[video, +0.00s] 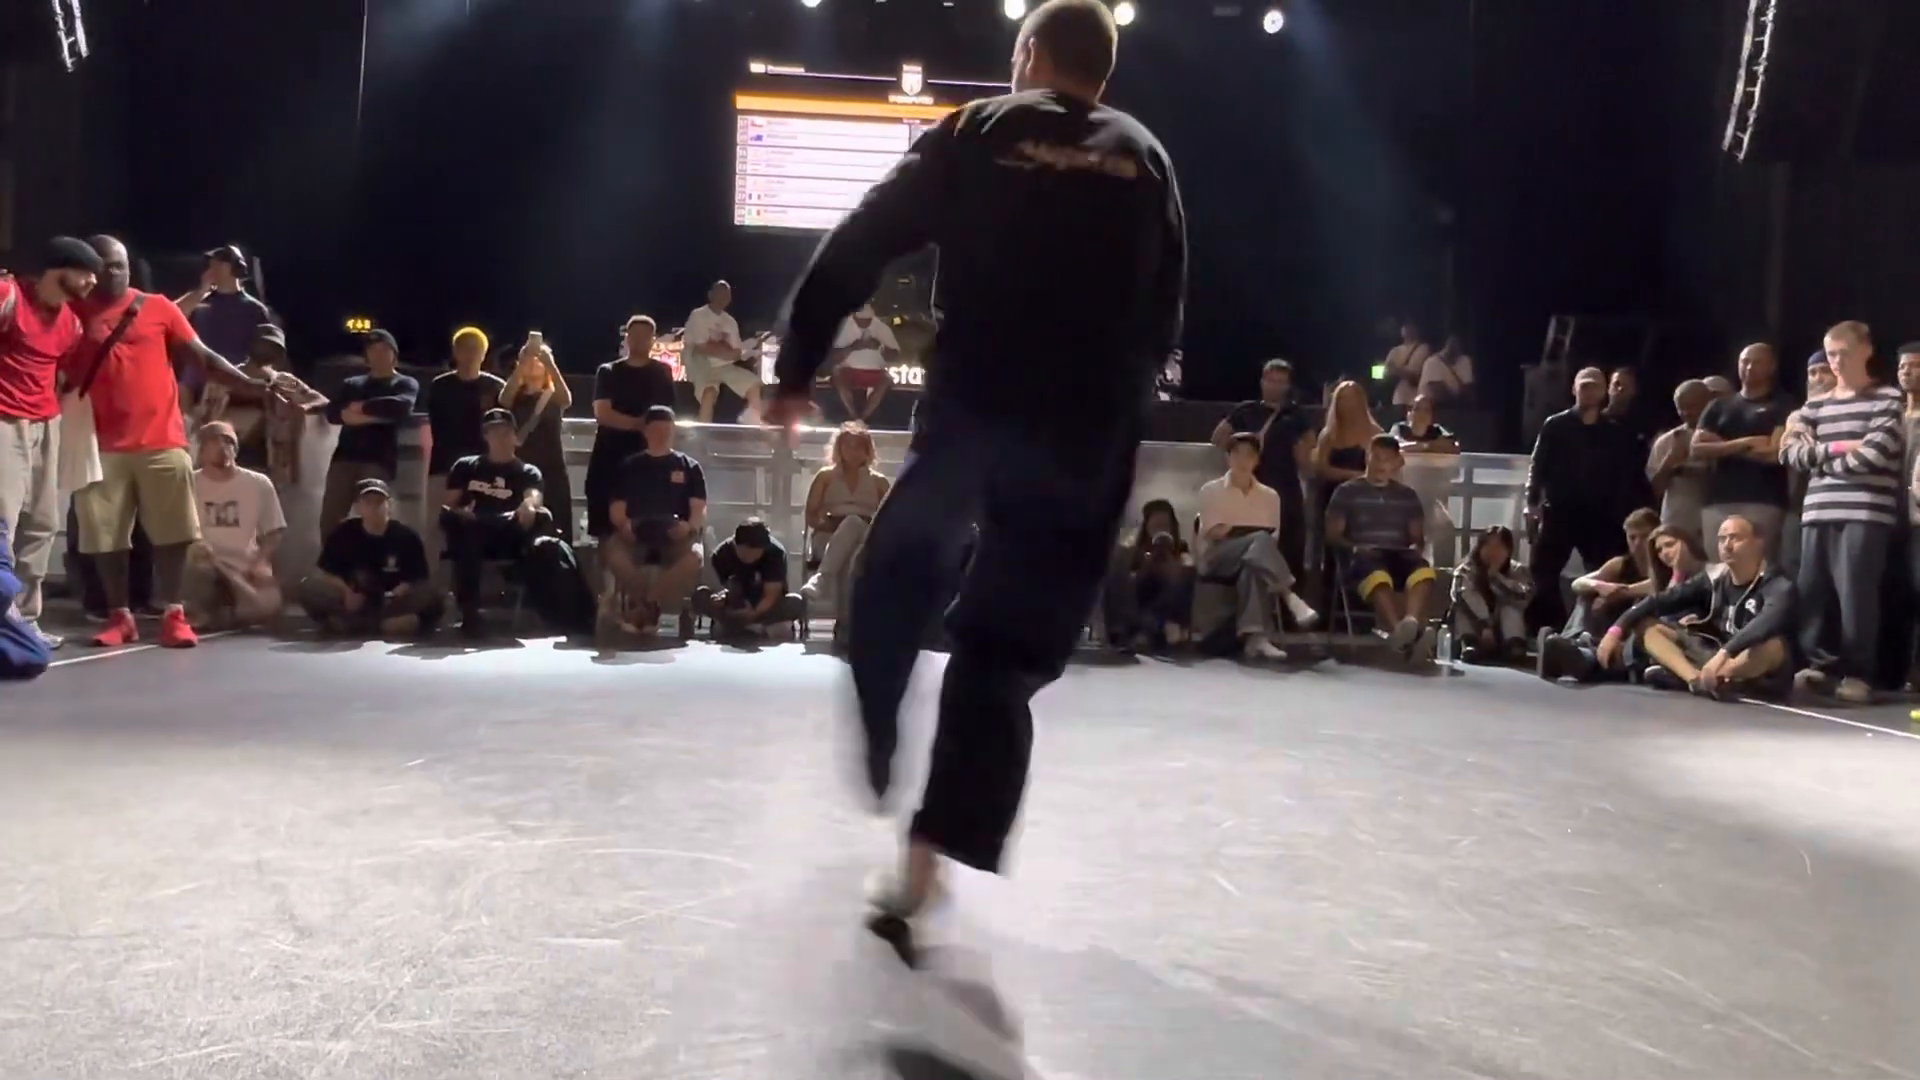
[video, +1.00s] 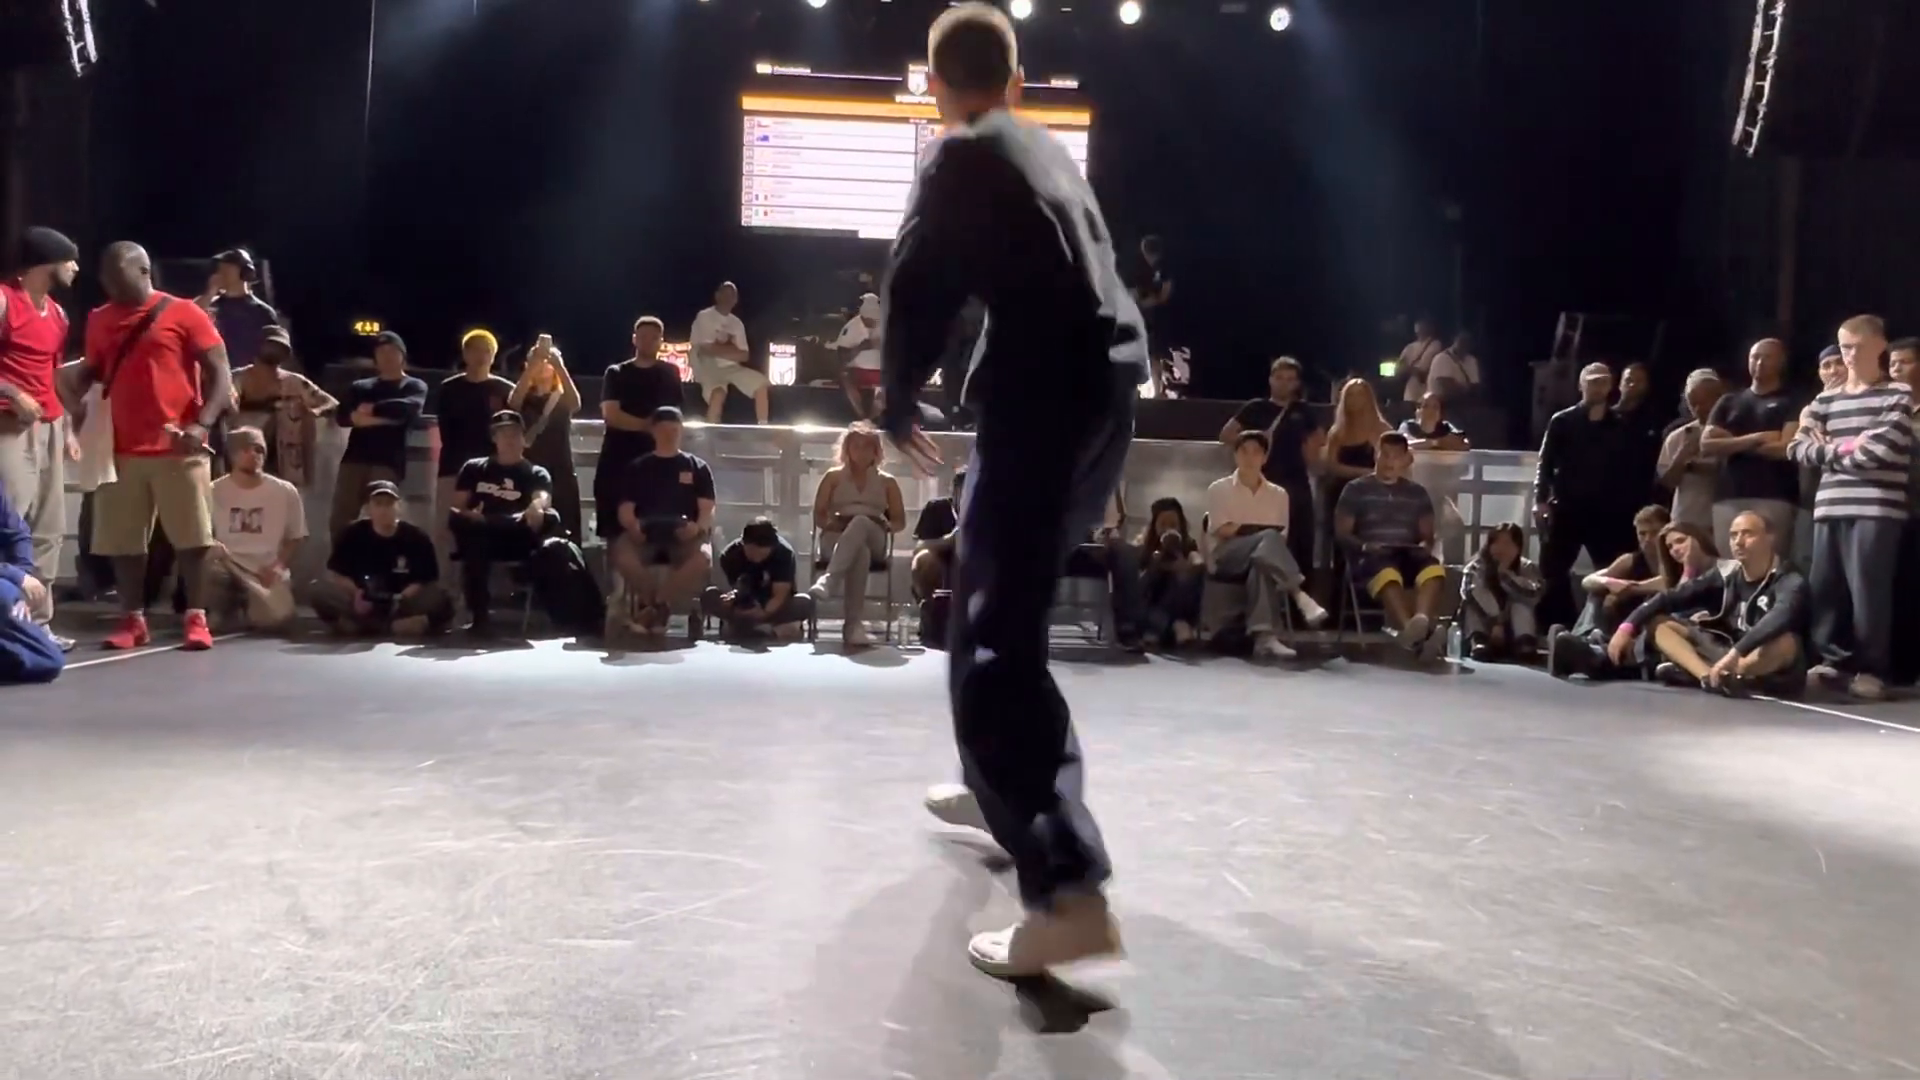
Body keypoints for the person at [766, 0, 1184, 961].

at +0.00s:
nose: (1012, 65)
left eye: (1017, 52)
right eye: (1026, 54)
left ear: (1029, 55)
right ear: (1106, 75)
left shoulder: (969, 135)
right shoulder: (1150, 163)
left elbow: (858, 245)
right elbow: (1162, 328)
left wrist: (795, 367)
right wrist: (1101, 391)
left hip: (970, 409)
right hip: (1082, 437)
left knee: (900, 579)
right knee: (1002, 655)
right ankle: (920, 868)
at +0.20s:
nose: (1007, 104)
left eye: (1011, 90)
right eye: (1017, 91)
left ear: (1023, 92)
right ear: (1100, 107)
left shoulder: (973, 189)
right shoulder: (1141, 204)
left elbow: (858, 272)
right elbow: (1213, 334)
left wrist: (784, 355)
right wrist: (1154, 375)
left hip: (969, 447)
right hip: (1062, 458)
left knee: (1063, 656)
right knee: (955, 665)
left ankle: (1102, 865)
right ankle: (818, 839)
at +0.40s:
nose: (1176, 65)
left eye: (1179, 47)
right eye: (1164, 43)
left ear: (1124, 49)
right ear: (1102, 40)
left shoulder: (1107, 172)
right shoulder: (1049, 109)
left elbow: (1096, 304)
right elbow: (990, 146)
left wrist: (1104, 353)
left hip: (1030, 394)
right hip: (957, 386)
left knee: (1057, 629)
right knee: (909, 615)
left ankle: (1094, 873)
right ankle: (841, 813)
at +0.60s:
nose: (994, 27)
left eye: (1001, 11)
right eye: (1001, 12)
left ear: (1024, 20)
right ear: (1082, 29)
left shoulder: (1058, 130)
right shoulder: (1065, 123)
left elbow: (1031, 286)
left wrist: (931, 327)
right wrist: (951, 317)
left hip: (1014, 445)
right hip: (1032, 438)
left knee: (978, 657)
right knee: (1026, 640)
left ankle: (1039, 896)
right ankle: (1094, 828)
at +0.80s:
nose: (961, 34)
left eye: (959, 22)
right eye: (1027, 20)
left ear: (954, 27)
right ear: (1045, 24)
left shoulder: (979, 127)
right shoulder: (1075, 120)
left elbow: (921, 308)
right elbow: (1118, 276)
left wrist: (962, 340)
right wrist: (1024, 325)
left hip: (1007, 420)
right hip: (1072, 412)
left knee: (977, 641)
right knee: (1061, 621)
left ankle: (1038, 890)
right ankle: (1089, 834)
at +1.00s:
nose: (925, 94)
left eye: (925, 79)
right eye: (932, 78)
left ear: (936, 83)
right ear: (1011, 78)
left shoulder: (958, 159)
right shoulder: (1047, 150)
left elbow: (922, 287)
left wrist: (897, 408)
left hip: (1038, 405)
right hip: (1102, 395)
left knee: (994, 636)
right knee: (1000, 599)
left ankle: (1069, 895)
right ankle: (1004, 788)